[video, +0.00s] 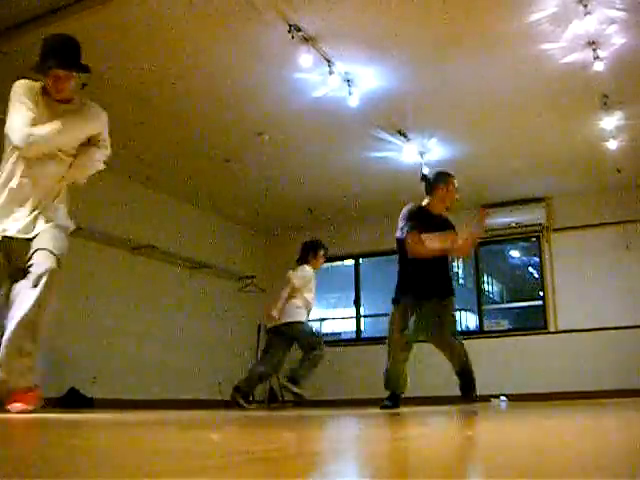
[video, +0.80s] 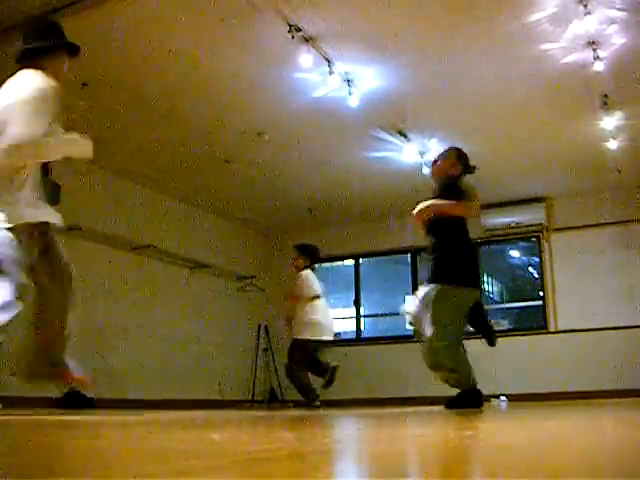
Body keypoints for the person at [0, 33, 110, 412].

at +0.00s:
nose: (58, 84)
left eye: (65, 77)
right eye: (52, 76)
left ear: (79, 76)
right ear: (43, 74)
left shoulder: (94, 115)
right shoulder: (24, 91)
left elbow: (94, 161)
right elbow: (23, 139)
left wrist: (55, 165)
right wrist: (80, 130)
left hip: (49, 210)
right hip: (8, 208)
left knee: (44, 268)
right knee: (10, 292)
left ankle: (14, 377)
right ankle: (17, 384)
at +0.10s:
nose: (46, 83)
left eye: (54, 76)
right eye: (40, 75)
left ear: (66, 79)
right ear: (29, 76)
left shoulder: (84, 119)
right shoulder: (10, 106)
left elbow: (105, 170)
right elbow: (2, 149)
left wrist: (64, 154)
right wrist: (28, 144)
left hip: (56, 221)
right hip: (11, 223)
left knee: (48, 292)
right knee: (21, 308)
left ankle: (69, 378)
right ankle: (38, 391)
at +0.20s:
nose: (34, 88)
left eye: (42, 79)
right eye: (28, 80)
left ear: (58, 78)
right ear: (21, 81)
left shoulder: (82, 118)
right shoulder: (11, 121)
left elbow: (90, 178)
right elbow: (5, 176)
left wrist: (54, 163)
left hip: (64, 232)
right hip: (19, 233)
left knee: (60, 311)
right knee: (25, 321)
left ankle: (85, 394)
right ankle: (42, 396)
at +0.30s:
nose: (19, 76)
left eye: (27, 68)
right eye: (17, 68)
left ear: (45, 69)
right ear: (16, 70)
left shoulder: (71, 105)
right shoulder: (17, 111)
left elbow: (77, 162)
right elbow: (18, 168)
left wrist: (25, 123)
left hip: (68, 218)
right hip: (25, 215)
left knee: (74, 302)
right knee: (5, 287)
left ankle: (89, 389)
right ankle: (31, 357)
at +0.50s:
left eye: (4, 75)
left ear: (17, 80)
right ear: (1, 79)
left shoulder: (35, 110)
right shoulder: (5, 129)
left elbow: (83, 123)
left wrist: (28, 104)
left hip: (57, 236)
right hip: (12, 240)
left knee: (74, 322)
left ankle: (92, 391)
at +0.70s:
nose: (4, 81)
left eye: (13, 73)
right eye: (5, 72)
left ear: (35, 79)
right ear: (7, 76)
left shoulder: (54, 111)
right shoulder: (4, 120)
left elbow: (98, 130)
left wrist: (72, 174)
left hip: (36, 237)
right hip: (3, 241)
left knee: (52, 320)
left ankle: (80, 389)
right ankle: (75, 387)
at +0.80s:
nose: (68, 69)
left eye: (68, 60)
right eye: (65, 59)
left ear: (31, 56)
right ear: (50, 57)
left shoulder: (18, 86)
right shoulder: (36, 85)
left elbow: (17, 149)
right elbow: (18, 145)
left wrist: (61, 142)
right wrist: (67, 144)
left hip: (17, 209)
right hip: (22, 210)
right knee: (56, 279)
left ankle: (49, 363)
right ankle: (49, 363)